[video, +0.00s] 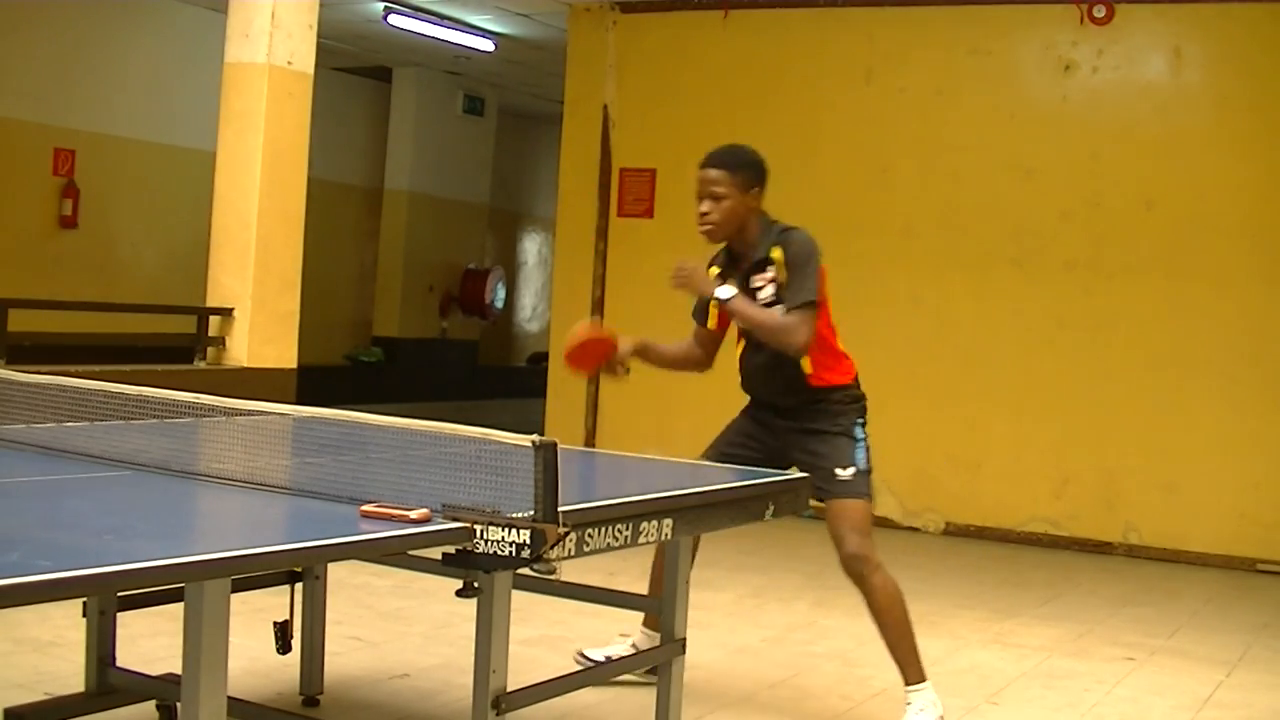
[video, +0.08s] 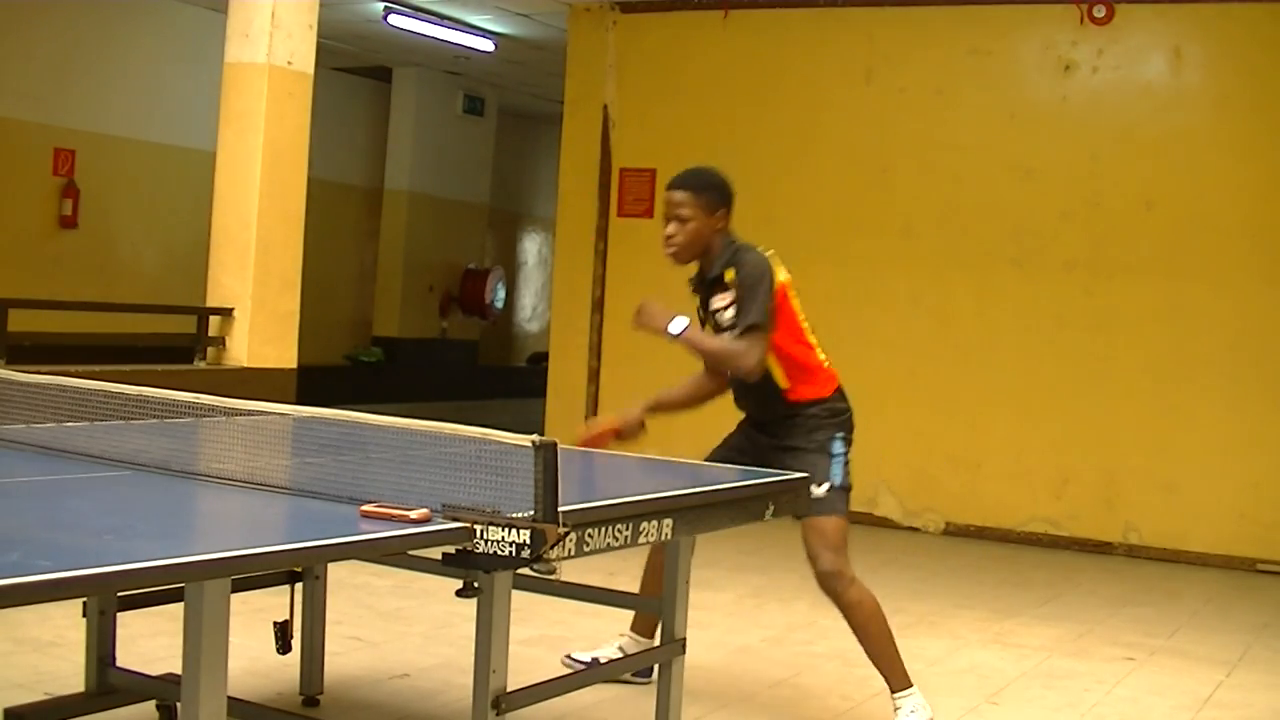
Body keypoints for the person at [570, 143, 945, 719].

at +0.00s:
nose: (701, 210)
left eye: (714, 197)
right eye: (698, 197)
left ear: (752, 197)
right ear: (701, 199)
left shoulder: (794, 247)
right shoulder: (721, 266)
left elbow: (796, 335)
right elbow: (699, 354)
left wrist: (715, 292)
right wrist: (638, 346)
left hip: (829, 416)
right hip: (766, 413)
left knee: (856, 554)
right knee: (679, 509)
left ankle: (920, 693)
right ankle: (649, 641)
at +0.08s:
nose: (666, 231)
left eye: (678, 218)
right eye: (665, 218)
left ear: (716, 219)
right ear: (693, 222)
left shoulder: (749, 267)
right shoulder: (707, 281)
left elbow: (747, 359)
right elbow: (713, 379)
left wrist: (674, 325)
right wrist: (645, 409)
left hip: (816, 423)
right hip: (762, 425)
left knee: (831, 570)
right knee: (673, 519)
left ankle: (908, 700)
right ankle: (637, 648)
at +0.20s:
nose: (619, 270)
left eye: (630, 257)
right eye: (616, 258)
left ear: (667, 254)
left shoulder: (691, 291)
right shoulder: (679, 298)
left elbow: (699, 387)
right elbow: (726, 394)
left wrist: (622, 388)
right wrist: (685, 466)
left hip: (787, 435)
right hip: (735, 434)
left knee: (809, 583)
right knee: (641, 509)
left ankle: (909, 697)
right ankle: (629, 650)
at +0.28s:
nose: (598, 281)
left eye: (607, 267)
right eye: (596, 269)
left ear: (645, 262)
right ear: (641, 266)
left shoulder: (666, 301)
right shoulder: (670, 293)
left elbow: (684, 386)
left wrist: (602, 407)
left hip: (775, 438)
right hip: (725, 437)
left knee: (792, 583)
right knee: (628, 504)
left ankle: (899, 694)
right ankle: (628, 650)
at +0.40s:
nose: (599, 271)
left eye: (605, 257)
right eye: (596, 259)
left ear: (642, 246)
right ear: (638, 249)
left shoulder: (671, 282)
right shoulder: (668, 283)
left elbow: (690, 366)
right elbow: (720, 369)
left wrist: (603, 384)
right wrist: (677, 423)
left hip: (769, 432)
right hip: (721, 432)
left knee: (781, 576)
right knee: (626, 509)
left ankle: (877, 699)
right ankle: (628, 649)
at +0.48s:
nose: (615, 248)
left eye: (621, 234)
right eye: (612, 236)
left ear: (656, 224)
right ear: (653, 229)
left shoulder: (705, 262)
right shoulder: (672, 287)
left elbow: (713, 351)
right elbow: (683, 372)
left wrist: (624, 348)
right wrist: (612, 377)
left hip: (774, 428)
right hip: (718, 427)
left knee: (788, 567)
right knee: (631, 507)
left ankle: (874, 697)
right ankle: (627, 648)